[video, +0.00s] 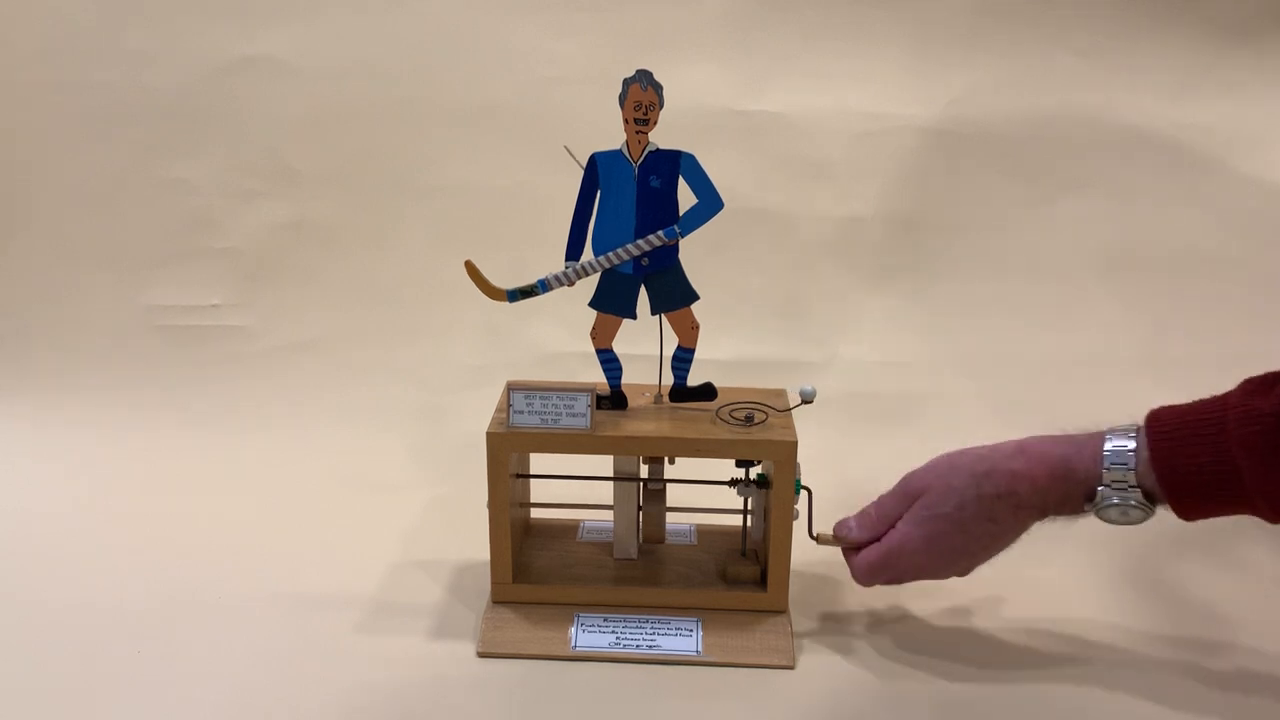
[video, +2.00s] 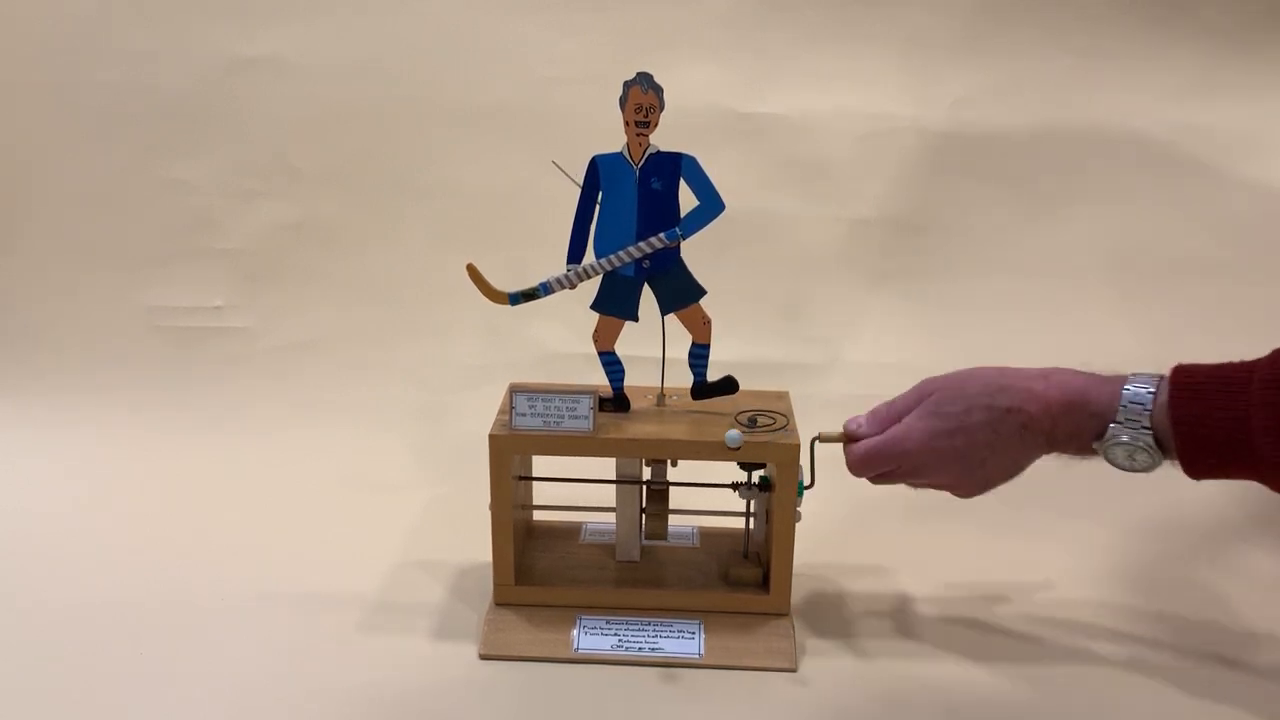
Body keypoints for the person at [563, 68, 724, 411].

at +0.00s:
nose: (643, 112)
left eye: (651, 106)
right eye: (636, 105)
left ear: (659, 113)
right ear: (622, 110)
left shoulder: (676, 161)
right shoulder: (600, 163)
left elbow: (713, 202)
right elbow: (581, 217)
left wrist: (676, 232)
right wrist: (571, 265)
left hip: (662, 265)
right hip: (618, 266)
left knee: (689, 330)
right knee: (601, 337)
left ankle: (678, 389)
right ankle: (616, 393)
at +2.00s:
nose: (644, 116)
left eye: (651, 109)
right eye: (637, 108)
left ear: (660, 115)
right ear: (622, 112)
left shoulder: (678, 163)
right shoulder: (601, 165)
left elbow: (714, 205)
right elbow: (582, 220)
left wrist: (675, 235)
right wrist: (573, 267)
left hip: (665, 265)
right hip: (620, 267)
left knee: (701, 326)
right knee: (603, 339)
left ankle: (700, 385)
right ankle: (619, 396)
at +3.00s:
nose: (645, 119)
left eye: (652, 112)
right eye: (638, 111)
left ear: (660, 119)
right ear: (623, 116)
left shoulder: (678, 168)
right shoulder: (602, 170)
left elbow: (714, 210)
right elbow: (582, 225)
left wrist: (676, 239)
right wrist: (573, 272)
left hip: (666, 262)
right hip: (621, 268)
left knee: (724, 306)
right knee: (603, 343)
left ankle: (746, 362)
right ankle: (619, 401)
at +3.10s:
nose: (645, 119)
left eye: (652, 113)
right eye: (638, 112)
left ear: (661, 121)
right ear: (623, 117)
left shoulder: (678, 168)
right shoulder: (602, 171)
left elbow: (715, 210)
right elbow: (584, 225)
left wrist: (676, 240)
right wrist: (574, 271)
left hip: (667, 264)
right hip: (622, 270)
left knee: (721, 313)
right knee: (603, 344)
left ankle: (739, 371)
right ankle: (619, 401)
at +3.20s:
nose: (647, 121)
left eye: (654, 114)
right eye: (640, 113)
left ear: (663, 122)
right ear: (626, 118)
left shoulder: (681, 170)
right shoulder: (604, 171)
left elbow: (716, 211)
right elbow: (585, 224)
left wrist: (676, 241)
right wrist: (575, 270)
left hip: (667, 270)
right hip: (621, 272)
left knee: (706, 330)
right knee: (603, 344)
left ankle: (707, 389)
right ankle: (618, 402)